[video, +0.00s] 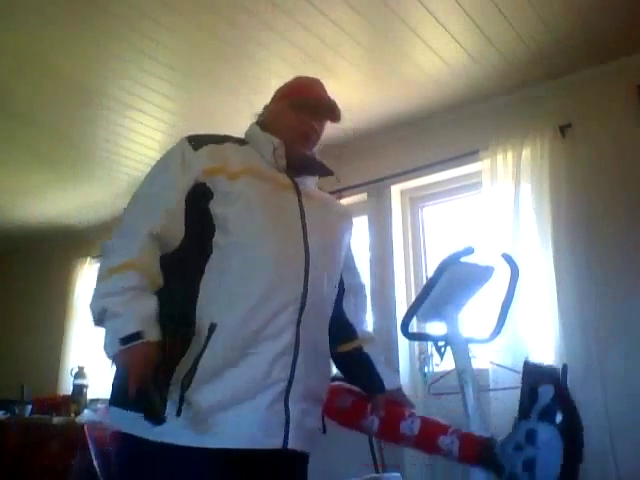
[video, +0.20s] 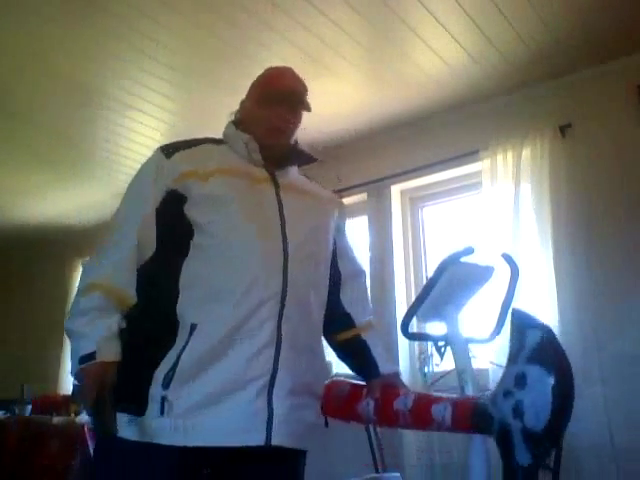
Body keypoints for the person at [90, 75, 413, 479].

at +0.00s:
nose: (316, 127)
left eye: (323, 121)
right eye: (307, 112)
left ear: (325, 131)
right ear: (273, 110)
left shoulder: (331, 215)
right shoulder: (201, 159)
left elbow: (343, 320)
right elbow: (129, 249)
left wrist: (380, 390)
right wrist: (132, 335)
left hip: (286, 436)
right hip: (183, 428)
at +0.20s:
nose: (287, 116)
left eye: (297, 108)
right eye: (275, 102)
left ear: (304, 120)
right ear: (243, 106)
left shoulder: (323, 205)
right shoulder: (178, 166)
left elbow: (340, 305)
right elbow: (112, 263)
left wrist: (376, 375)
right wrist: (98, 349)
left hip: (283, 432)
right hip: (177, 422)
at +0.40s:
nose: (252, 114)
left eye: (264, 106)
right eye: (240, 102)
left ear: (275, 120)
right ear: (214, 109)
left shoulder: (297, 202)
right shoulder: (148, 172)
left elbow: (323, 301)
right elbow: (90, 271)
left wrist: (355, 376)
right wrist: (76, 362)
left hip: (262, 431)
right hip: (155, 427)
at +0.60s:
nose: (210, 106)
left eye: (223, 97)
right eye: (198, 93)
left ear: (235, 111)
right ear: (174, 102)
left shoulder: (262, 194)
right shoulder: (104, 171)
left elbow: (291, 299)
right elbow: (49, 272)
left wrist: (318, 379)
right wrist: (42, 350)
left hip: (226, 437)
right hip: (110, 435)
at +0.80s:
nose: (170, 118)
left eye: (185, 110)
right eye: (160, 104)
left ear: (202, 122)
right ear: (139, 108)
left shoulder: (231, 201)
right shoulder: (67, 179)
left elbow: (258, 302)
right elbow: (14, 281)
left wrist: (280, 383)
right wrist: (18, 367)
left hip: (205, 444)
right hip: (88, 444)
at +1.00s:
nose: (161, 103)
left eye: (176, 95)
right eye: (152, 90)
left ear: (191, 113)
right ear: (128, 97)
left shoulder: (221, 193)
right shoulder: (61, 167)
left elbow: (241, 301)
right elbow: (22, 268)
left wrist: (260, 377)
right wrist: (44, 347)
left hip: (201, 432)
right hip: (85, 436)